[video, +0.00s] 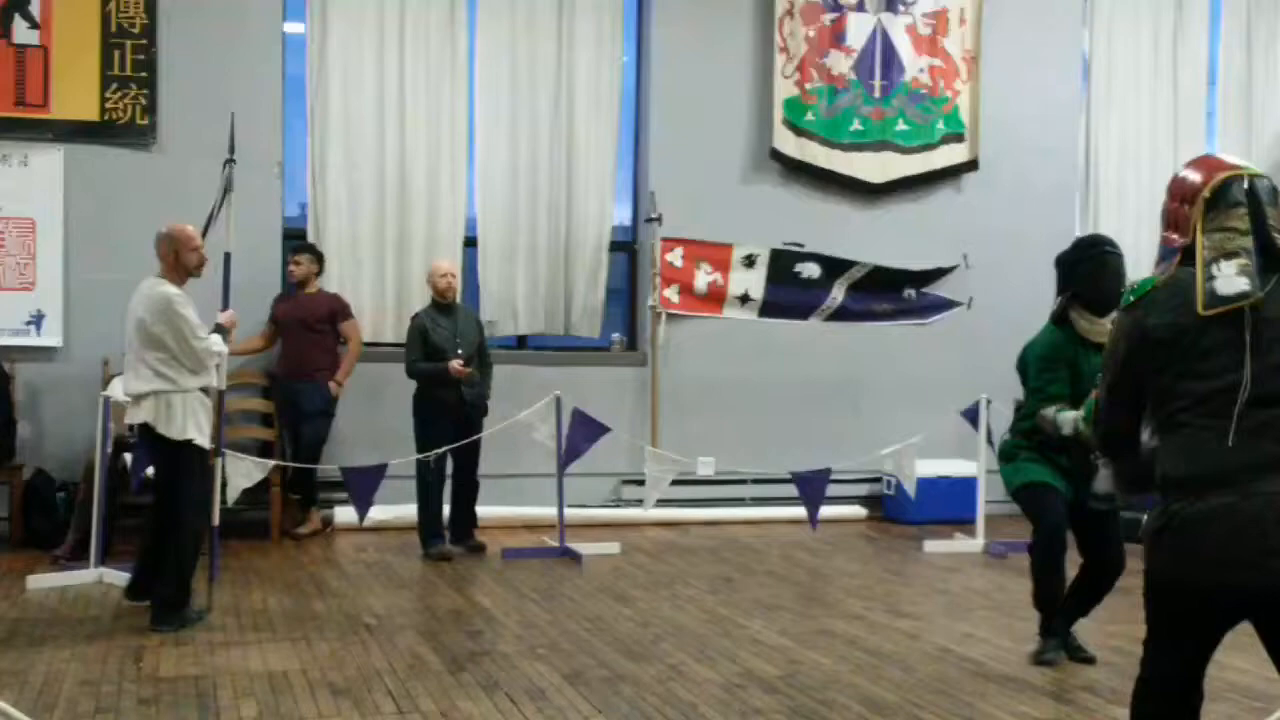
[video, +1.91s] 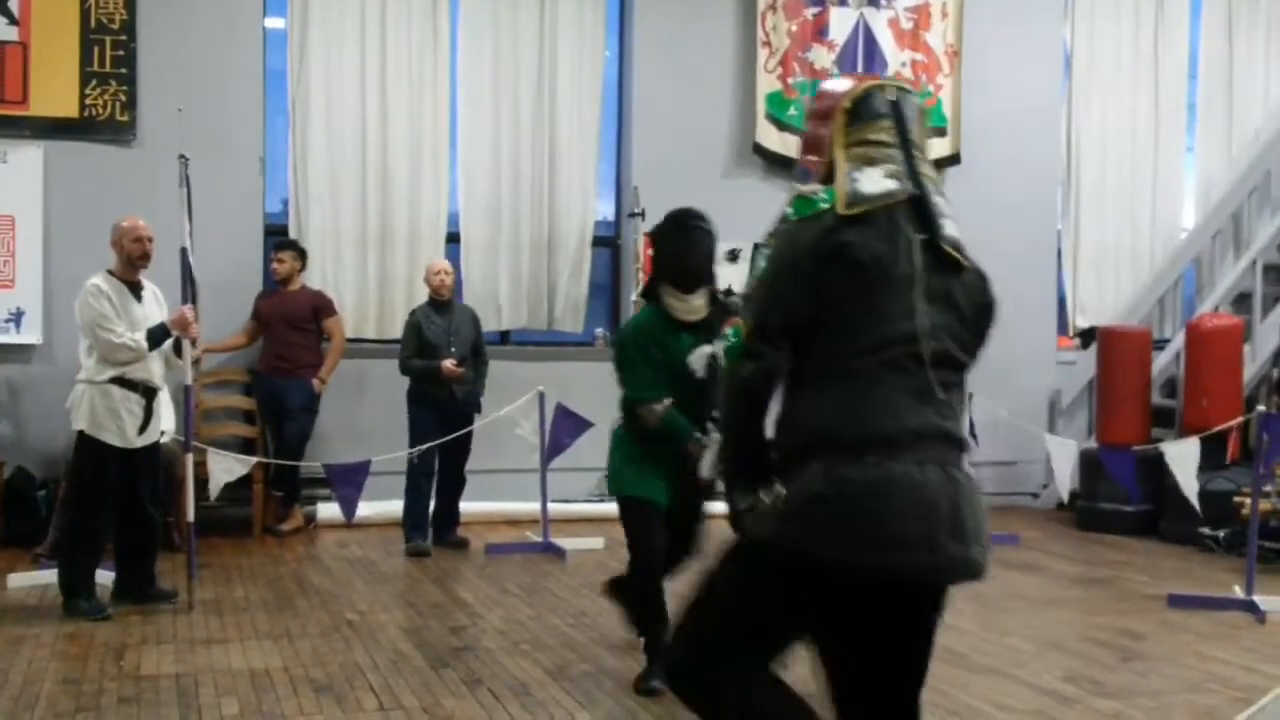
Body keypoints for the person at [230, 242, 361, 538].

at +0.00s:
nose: (292, 268)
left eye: (299, 263)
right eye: (291, 263)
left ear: (316, 268)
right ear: (290, 268)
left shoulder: (332, 302)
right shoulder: (282, 302)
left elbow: (355, 342)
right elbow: (265, 340)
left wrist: (338, 381)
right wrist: (228, 350)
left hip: (318, 385)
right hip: (286, 383)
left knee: (307, 450)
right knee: (294, 450)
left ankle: (310, 514)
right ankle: (308, 514)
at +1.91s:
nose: (274, 265)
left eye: (281, 261)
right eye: (274, 261)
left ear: (299, 265)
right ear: (273, 264)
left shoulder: (317, 300)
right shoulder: (265, 300)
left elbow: (338, 339)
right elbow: (246, 337)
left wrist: (322, 378)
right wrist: (207, 348)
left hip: (301, 383)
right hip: (268, 381)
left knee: (291, 447)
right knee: (276, 447)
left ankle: (292, 510)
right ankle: (288, 510)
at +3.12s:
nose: (238, 266)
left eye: (244, 261)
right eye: (236, 261)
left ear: (262, 263)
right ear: (235, 265)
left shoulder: (281, 299)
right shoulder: (229, 300)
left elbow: (303, 339)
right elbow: (210, 337)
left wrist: (286, 378)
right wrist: (169, 349)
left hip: (266, 382)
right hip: (232, 381)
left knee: (255, 446)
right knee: (241, 447)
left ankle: (258, 511)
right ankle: (255, 511)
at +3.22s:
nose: (216, 265)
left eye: (222, 260)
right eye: (214, 259)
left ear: (237, 263)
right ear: (211, 264)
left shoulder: (254, 299)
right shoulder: (208, 299)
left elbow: (277, 338)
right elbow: (186, 335)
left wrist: (260, 377)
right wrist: (145, 349)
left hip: (238, 381)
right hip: (206, 379)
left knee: (228, 445)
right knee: (211, 446)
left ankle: (231, 510)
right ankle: (218, 509)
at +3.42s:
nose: (176, 268)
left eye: (182, 262)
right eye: (174, 263)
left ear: (201, 266)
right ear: (172, 267)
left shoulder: (219, 300)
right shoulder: (168, 301)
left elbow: (242, 340)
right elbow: (148, 338)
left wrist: (225, 380)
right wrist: (107, 351)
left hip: (204, 384)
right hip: (170, 383)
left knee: (193, 449)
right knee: (175, 449)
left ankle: (196, 513)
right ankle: (186, 512)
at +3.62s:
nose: (143, 267)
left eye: (149, 262)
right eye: (141, 262)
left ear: (167, 265)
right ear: (139, 266)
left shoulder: (185, 301)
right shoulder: (135, 301)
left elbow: (209, 341)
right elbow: (114, 339)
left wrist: (192, 381)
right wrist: (72, 351)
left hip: (169, 384)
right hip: (135, 382)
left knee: (159, 448)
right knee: (140, 449)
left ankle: (162, 514)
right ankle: (147, 512)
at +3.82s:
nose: (105, 267)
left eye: (112, 261)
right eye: (103, 262)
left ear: (130, 264)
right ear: (102, 265)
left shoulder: (148, 301)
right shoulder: (98, 301)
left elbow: (174, 340)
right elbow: (76, 340)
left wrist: (156, 381)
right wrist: (33, 353)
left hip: (134, 385)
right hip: (100, 384)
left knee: (124, 451)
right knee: (107, 451)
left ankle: (129, 517)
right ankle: (121, 515)